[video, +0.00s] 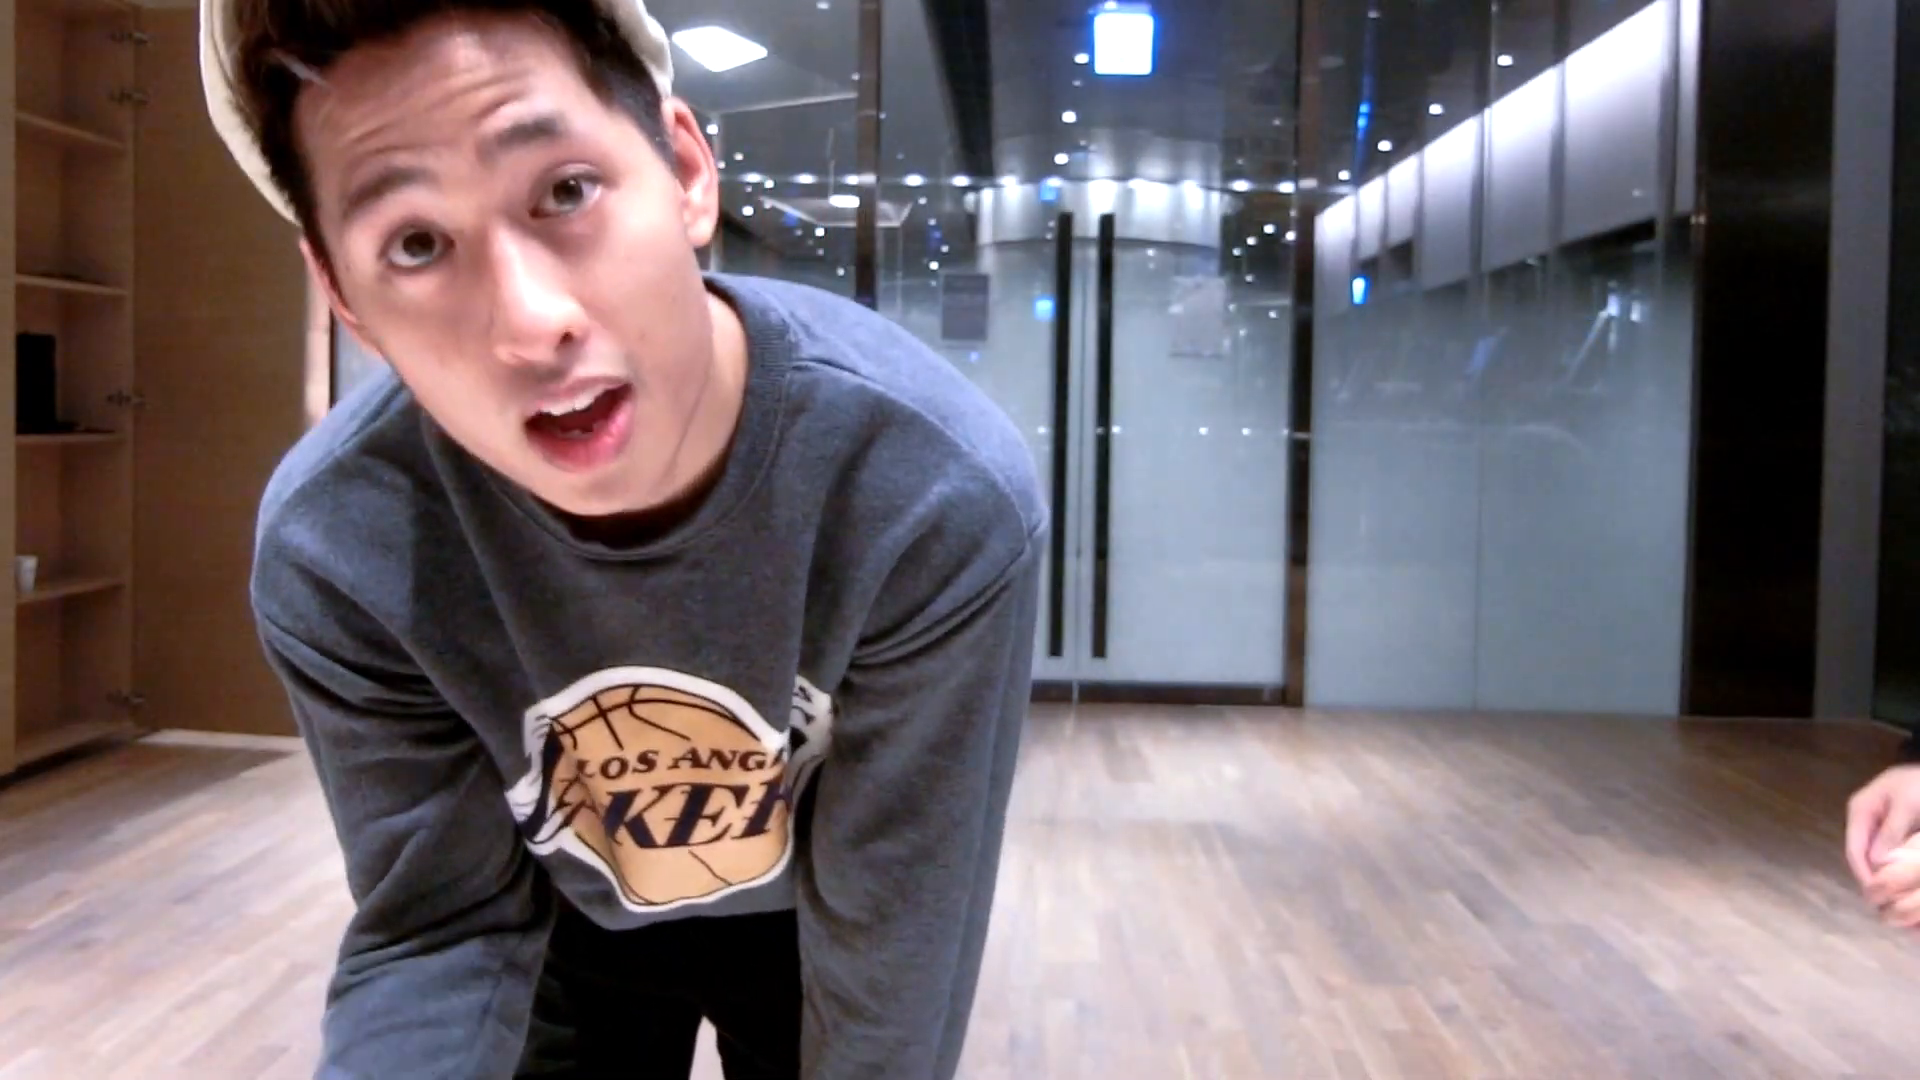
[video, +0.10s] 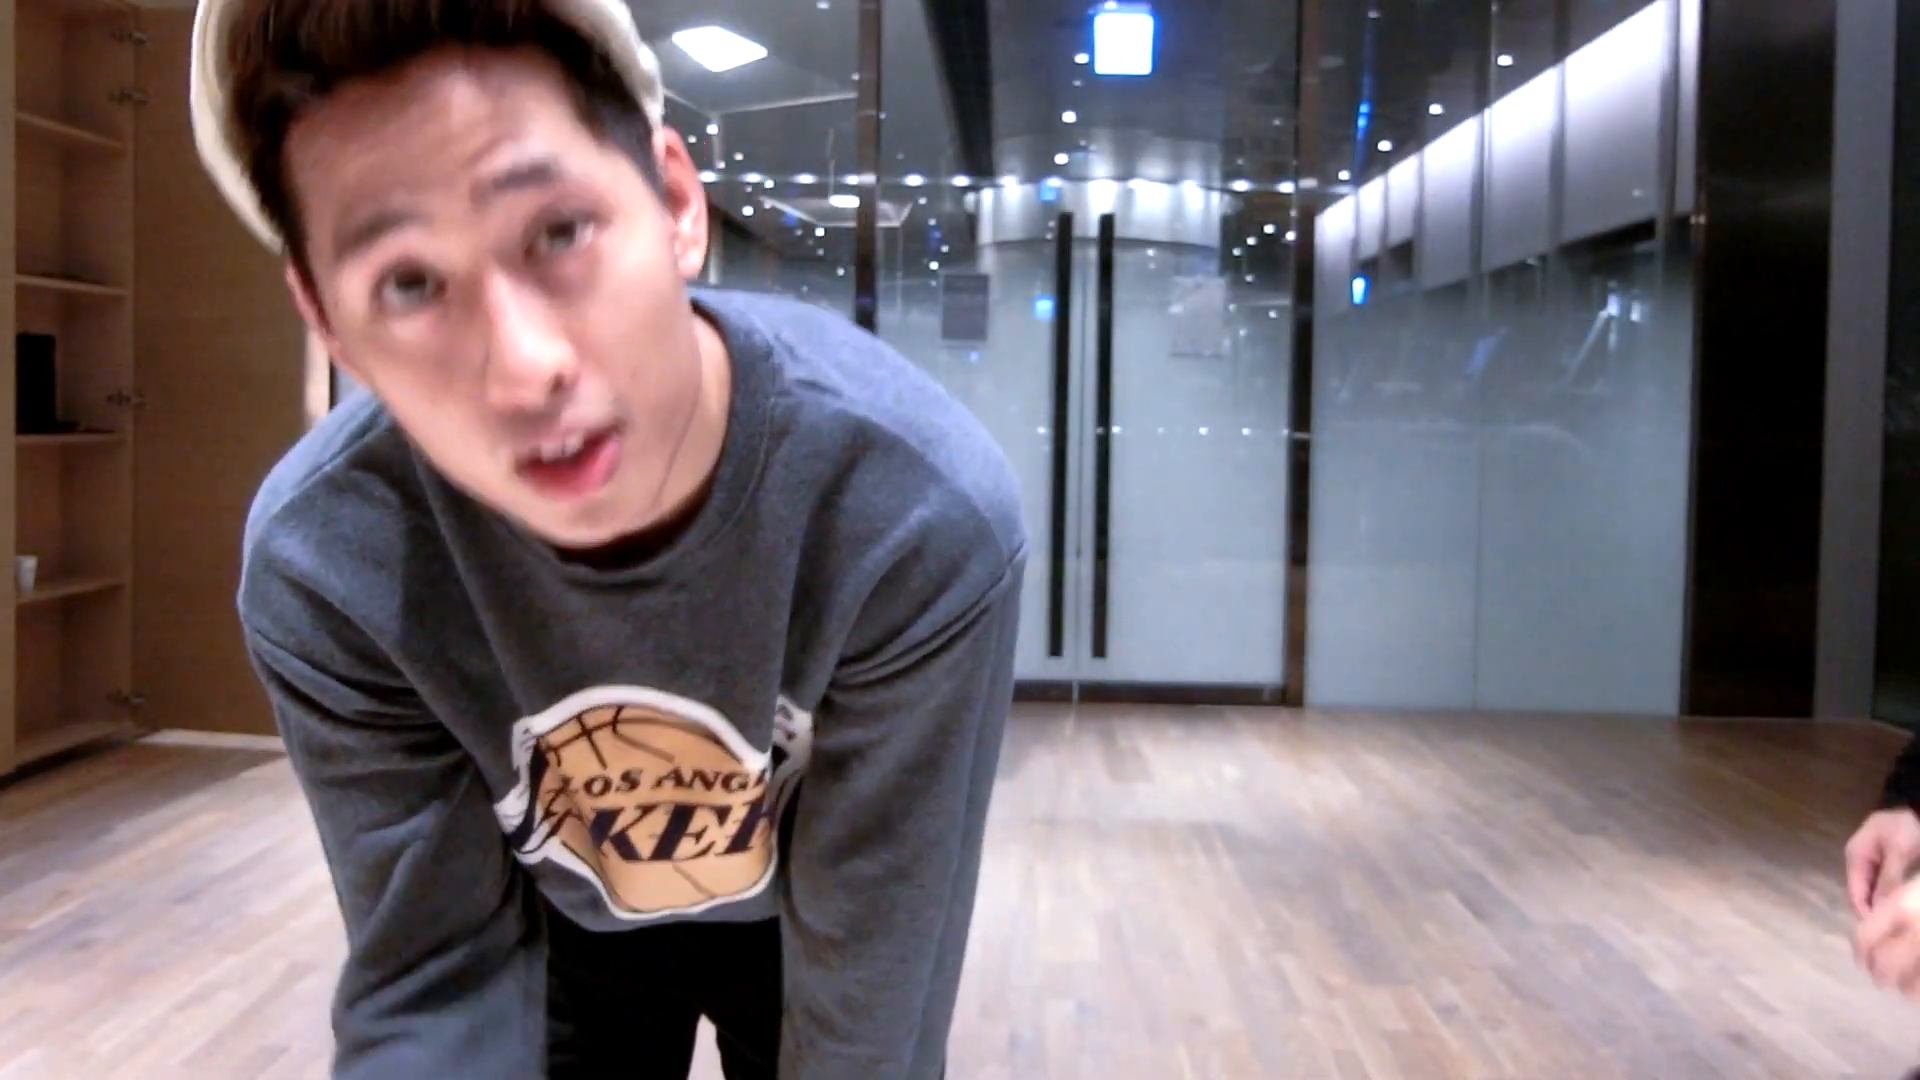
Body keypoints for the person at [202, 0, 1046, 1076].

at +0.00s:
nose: (532, 323)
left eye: (563, 192)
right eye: (418, 244)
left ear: (688, 174)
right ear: (341, 294)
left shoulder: (936, 501)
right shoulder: (336, 548)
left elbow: (885, 985)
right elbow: (433, 931)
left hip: (833, 917)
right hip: (566, 917)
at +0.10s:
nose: (525, 370)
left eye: (560, 232)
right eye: (410, 285)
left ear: (678, 202)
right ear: (325, 321)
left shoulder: (918, 515)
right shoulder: (323, 561)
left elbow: (866, 1007)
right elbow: (429, 983)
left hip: (819, 918)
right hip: (568, 921)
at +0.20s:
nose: (514, 461)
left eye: (542, 322)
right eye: (397, 382)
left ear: (661, 264)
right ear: (312, 400)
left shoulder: (904, 546)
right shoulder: (315, 593)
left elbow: (842, 1020)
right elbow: (448, 1031)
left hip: (821, 932)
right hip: (571, 944)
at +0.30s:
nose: (498, 459)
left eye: (528, 321)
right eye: (381, 381)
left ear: (649, 264)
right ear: (298, 400)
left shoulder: (899, 544)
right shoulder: (316, 603)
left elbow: (823, 1020)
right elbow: (512, 1023)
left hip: (835, 936)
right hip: (573, 965)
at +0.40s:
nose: (494, 443)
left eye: (522, 305)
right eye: (376, 366)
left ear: (646, 255)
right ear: (298, 393)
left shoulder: (904, 538)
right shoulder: (322, 598)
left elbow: (823, 987)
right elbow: (524, 1011)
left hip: (836, 924)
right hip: (576, 954)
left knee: (855, 1065)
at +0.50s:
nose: (495, 443)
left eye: (527, 304)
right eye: (379, 364)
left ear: (652, 256)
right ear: (303, 389)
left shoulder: (906, 541)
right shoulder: (309, 592)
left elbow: (817, 966)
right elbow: (482, 998)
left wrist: (770, 1061)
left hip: (836, 918)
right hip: (562, 944)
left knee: (861, 1060)